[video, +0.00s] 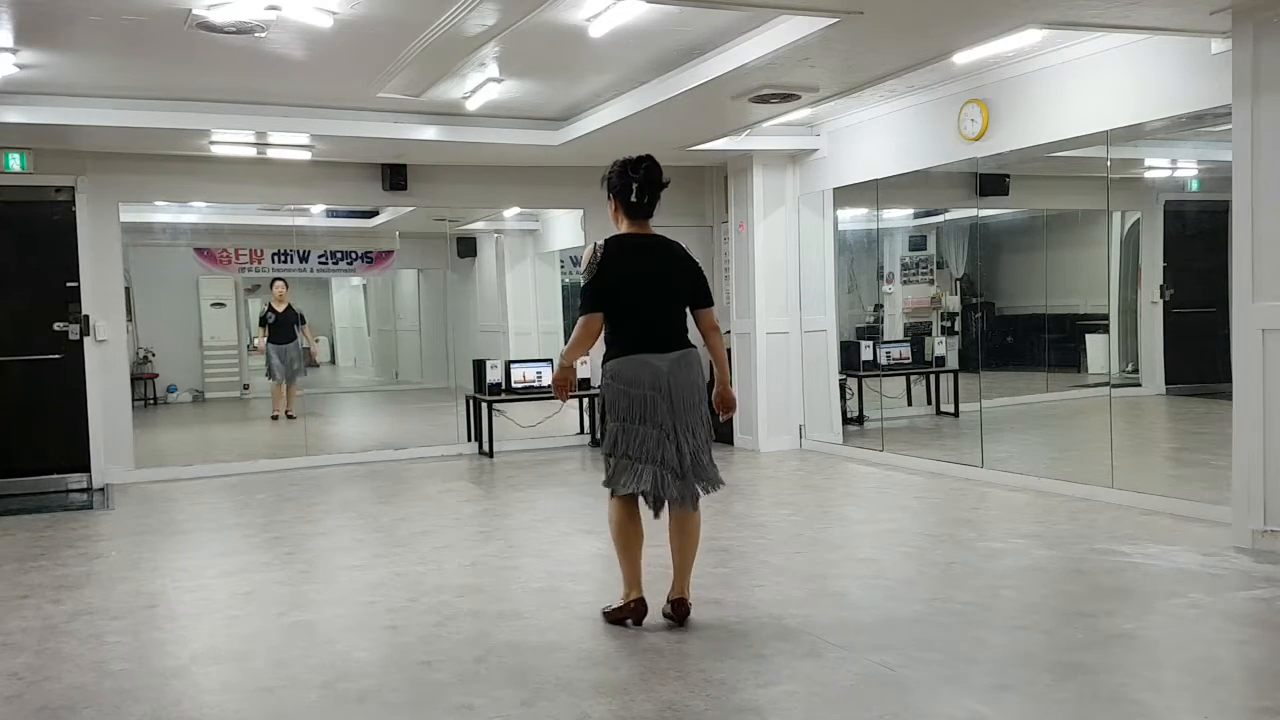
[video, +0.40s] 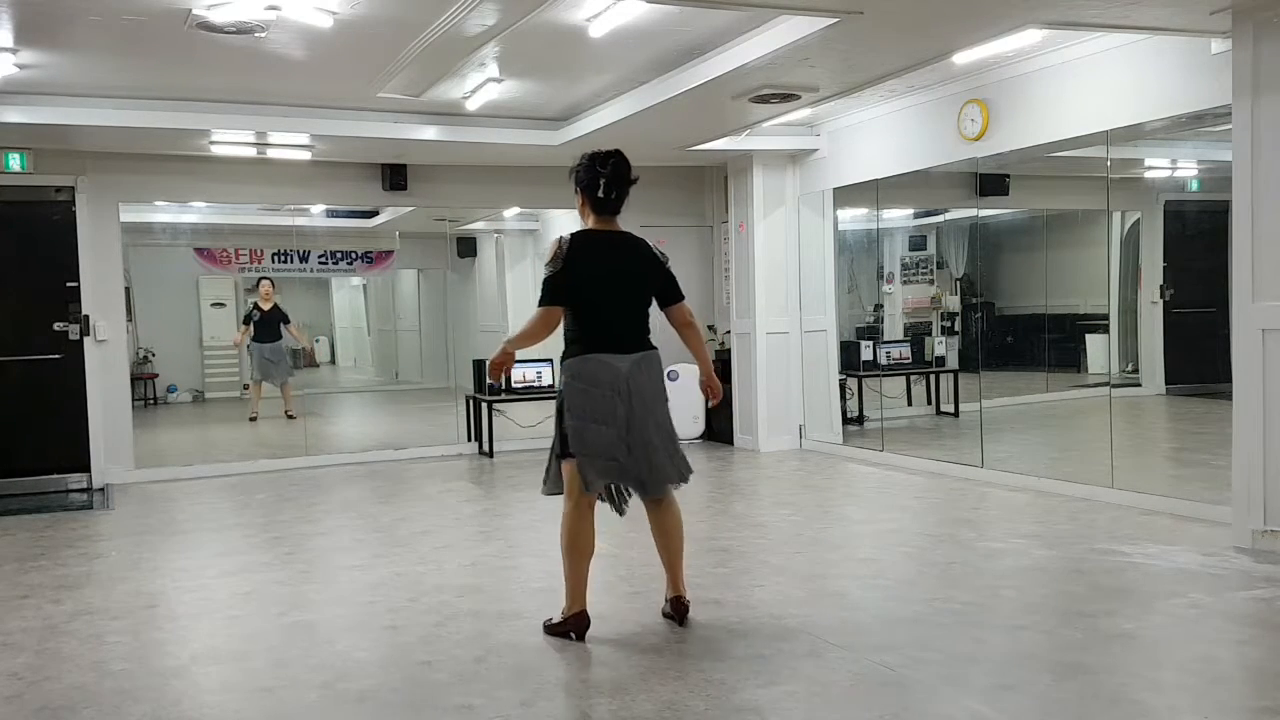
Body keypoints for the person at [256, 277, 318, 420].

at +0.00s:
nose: (280, 291)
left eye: (282, 288)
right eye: (277, 288)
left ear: (287, 290)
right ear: (272, 291)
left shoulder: (295, 309)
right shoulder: (266, 310)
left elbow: (304, 328)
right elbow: (262, 328)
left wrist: (312, 345)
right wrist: (261, 341)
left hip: (292, 346)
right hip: (274, 347)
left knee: (291, 380)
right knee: (277, 379)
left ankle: (290, 409)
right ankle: (276, 409)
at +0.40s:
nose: (266, 289)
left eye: (269, 287)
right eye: (263, 287)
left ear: (273, 290)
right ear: (258, 290)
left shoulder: (278, 309)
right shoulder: (253, 308)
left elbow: (289, 327)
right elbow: (246, 325)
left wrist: (302, 342)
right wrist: (240, 336)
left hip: (276, 347)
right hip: (258, 348)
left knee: (283, 379)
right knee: (256, 380)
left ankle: (288, 409)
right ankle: (254, 410)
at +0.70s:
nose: (256, 290)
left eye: (258, 287)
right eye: (252, 287)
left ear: (262, 290)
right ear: (247, 290)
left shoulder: (267, 309)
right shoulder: (241, 308)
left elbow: (277, 328)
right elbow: (234, 327)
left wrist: (289, 343)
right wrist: (232, 336)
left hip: (265, 347)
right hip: (247, 347)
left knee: (267, 379)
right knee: (250, 381)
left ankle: (267, 409)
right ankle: (253, 410)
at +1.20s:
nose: (245, 289)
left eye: (248, 286)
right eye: (242, 287)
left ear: (252, 289)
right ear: (236, 290)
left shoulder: (257, 308)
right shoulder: (232, 308)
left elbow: (268, 327)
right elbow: (225, 327)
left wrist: (282, 339)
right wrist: (221, 336)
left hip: (256, 347)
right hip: (238, 347)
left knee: (261, 380)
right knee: (238, 379)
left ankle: (261, 411)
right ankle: (235, 410)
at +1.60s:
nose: (226, 290)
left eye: (229, 287)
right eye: (223, 287)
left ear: (233, 289)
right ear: (218, 290)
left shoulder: (237, 308)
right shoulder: (212, 308)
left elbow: (248, 327)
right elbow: (205, 325)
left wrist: (261, 338)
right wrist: (204, 330)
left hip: (237, 347)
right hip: (219, 348)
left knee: (248, 378)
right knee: (221, 382)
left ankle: (260, 409)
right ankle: (223, 413)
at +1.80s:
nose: (219, 290)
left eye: (222, 287)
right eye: (215, 287)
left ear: (226, 290)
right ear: (210, 290)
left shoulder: (230, 308)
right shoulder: (207, 308)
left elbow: (240, 328)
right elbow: (198, 325)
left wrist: (253, 342)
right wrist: (200, 333)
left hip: (232, 346)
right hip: (214, 348)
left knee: (240, 378)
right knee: (218, 383)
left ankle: (245, 409)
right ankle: (223, 412)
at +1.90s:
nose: (216, 290)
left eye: (218, 287)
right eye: (212, 288)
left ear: (222, 290)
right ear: (207, 291)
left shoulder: (227, 308)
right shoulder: (203, 308)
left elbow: (238, 328)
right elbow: (196, 326)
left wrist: (250, 341)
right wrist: (195, 339)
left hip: (229, 347)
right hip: (211, 348)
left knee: (236, 378)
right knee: (216, 382)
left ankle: (230, 408)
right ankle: (222, 412)